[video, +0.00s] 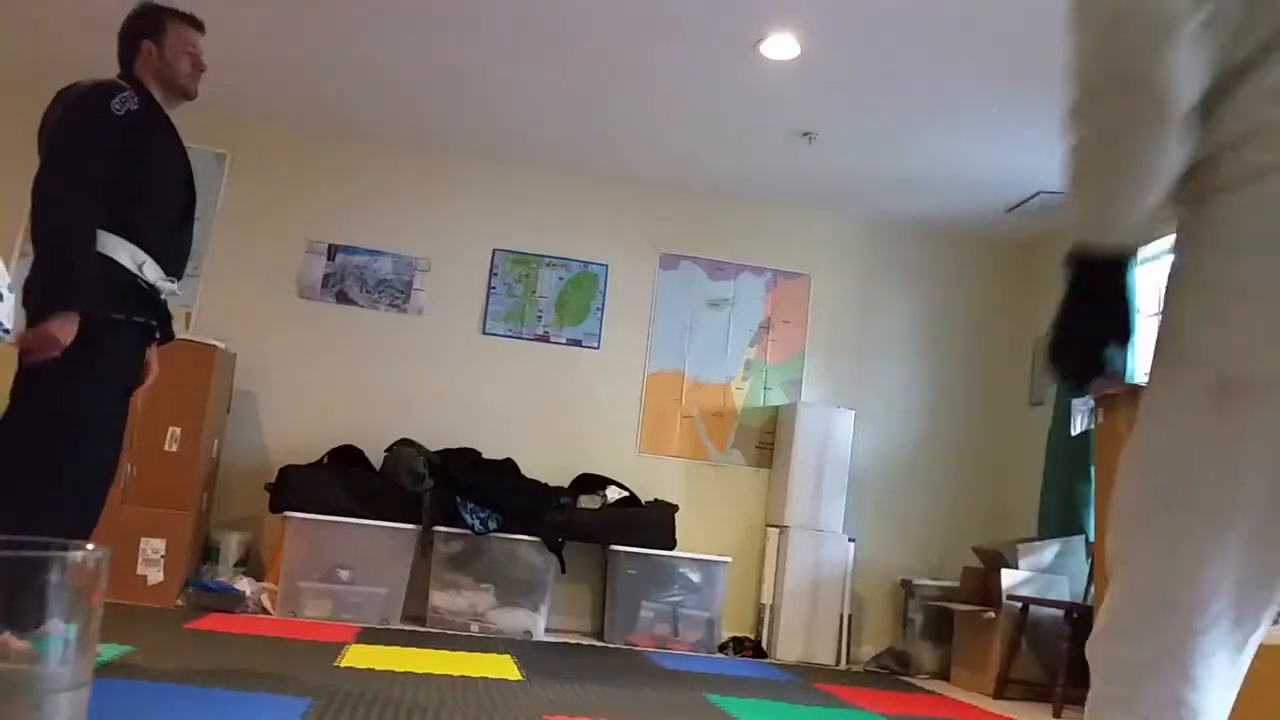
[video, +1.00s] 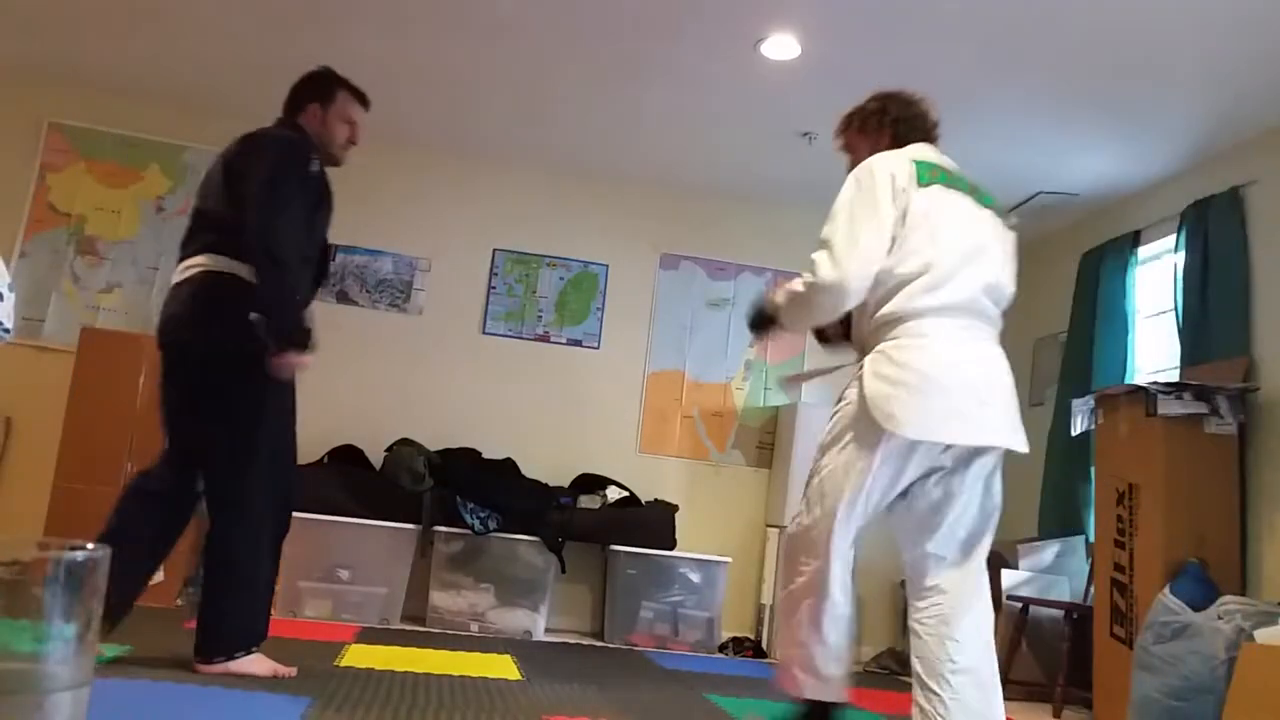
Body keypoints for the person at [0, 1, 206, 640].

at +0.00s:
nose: (202, 67)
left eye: (203, 57)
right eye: (191, 54)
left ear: (158, 59)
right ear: (147, 52)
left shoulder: (157, 130)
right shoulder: (102, 104)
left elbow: (144, 237)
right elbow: (65, 200)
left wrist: (151, 329)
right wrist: (61, 303)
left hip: (118, 328)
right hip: (81, 321)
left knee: (82, 472)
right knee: (51, 468)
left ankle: (38, 613)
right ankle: (13, 614)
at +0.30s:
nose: (227, 89)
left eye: (230, 80)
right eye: (217, 75)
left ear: (190, 80)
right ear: (175, 71)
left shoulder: (173, 138)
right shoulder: (137, 120)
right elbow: (104, 212)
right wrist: (102, 310)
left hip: (131, 330)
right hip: (114, 328)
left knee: (90, 466)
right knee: (123, 465)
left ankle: (38, 605)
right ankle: (28, 601)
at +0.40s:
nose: (238, 97)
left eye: (241, 88)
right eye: (229, 84)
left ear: (194, 86)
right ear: (188, 79)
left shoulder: (179, 141)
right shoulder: (150, 123)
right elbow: (115, 214)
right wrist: (116, 312)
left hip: (113, 318)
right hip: (133, 317)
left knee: (77, 458)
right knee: (170, 453)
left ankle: (34, 590)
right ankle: (64, 593)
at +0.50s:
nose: (252, 107)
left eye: (255, 99)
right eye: (243, 94)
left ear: (213, 94)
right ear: (204, 86)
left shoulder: (203, 152)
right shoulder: (163, 130)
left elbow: (170, 246)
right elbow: (122, 220)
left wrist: (176, 325)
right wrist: (122, 319)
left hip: (137, 330)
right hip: (151, 332)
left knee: (83, 475)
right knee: (188, 469)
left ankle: (28, 617)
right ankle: (135, 625)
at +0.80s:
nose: (311, 130)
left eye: (313, 119)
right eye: (304, 115)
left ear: (266, 112)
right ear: (265, 106)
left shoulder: (213, 147)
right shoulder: (238, 150)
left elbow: (170, 230)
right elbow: (197, 228)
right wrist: (189, 330)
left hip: (167, 331)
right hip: (213, 337)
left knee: (113, 480)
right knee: (241, 493)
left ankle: (30, 614)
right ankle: (223, 646)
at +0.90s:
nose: (335, 134)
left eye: (338, 124)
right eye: (329, 119)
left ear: (286, 113)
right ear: (290, 109)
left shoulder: (233, 147)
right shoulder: (267, 153)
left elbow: (198, 234)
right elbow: (236, 235)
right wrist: (233, 333)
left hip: (180, 317)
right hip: (229, 325)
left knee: (151, 472)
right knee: (252, 489)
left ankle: (64, 614)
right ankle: (227, 647)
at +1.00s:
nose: (356, 137)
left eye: (360, 127)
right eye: (349, 122)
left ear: (306, 118)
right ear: (314, 113)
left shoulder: (251, 150)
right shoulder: (290, 153)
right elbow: (277, 241)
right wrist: (288, 336)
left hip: (191, 314)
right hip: (239, 317)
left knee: (183, 469)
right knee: (256, 484)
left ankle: (83, 614)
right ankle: (227, 646)